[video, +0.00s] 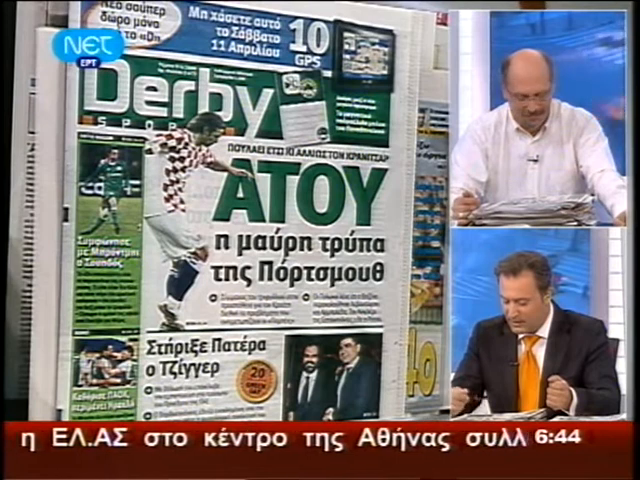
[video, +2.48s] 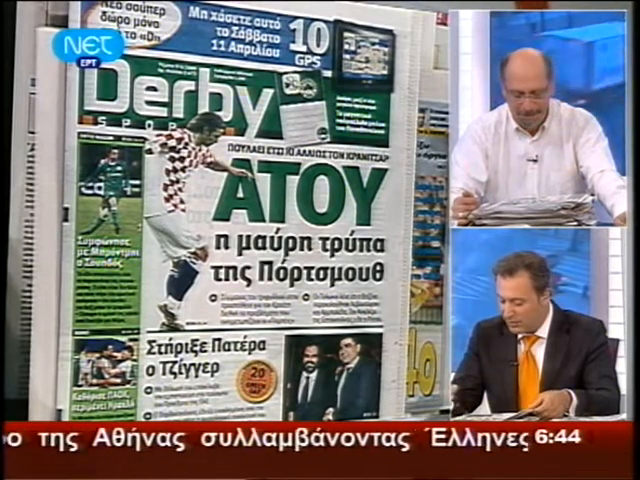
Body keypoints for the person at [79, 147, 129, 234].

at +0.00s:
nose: (115, 156)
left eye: (116, 154)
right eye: (113, 154)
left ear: (118, 155)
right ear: (109, 154)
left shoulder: (122, 165)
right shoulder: (104, 165)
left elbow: (126, 176)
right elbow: (95, 174)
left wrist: (127, 186)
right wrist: (85, 182)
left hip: (118, 190)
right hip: (108, 189)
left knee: (105, 213)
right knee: (113, 205)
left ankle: (91, 230)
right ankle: (116, 225)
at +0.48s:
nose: (115, 156)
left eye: (116, 154)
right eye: (113, 154)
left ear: (118, 155)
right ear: (109, 154)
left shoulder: (122, 165)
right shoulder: (104, 165)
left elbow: (126, 176)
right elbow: (95, 174)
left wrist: (127, 186)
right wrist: (85, 182)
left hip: (118, 190)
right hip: (108, 189)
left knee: (105, 213)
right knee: (113, 205)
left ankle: (91, 230)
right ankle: (116, 225)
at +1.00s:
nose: (115, 156)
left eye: (116, 154)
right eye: (113, 154)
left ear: (118, 155)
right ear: (109, 154)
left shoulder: (122, 165)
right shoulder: (104, 165)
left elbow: (126, 176)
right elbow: (95, 174)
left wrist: (127, 186)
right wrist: (85, 182)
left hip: (118, 190)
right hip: (108, 189)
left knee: (105, 213)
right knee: (113, 205)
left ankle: (91, 230)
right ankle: (116, 225)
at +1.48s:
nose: (115, 156)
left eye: (116, 154)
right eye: (113, 154)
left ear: (118, 155)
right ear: (109, 155)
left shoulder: (122, 165)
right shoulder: (104, 165)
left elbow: (126, 176)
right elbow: (95, 174)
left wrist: (128, 187)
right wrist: (85, 182)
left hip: (118, 190)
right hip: (108, 189)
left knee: (105, 213)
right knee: (113, 205)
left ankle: (91, 230)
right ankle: (116, 226)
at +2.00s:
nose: (115, 156)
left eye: (116, 154)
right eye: (113, 154)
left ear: (118, 155)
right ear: (109, 155)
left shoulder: (122, 165)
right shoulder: (104, 165)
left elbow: (126, 177)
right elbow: (95, 174)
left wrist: (127, 186)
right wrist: (85, 182)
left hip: (118, 190)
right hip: (108, 189)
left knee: (105, 213)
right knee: (113, 205)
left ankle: (91, 230)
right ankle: (116, 226)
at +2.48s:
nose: (115, 156)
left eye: (116, 154)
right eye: (113, 154)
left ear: (118, 155)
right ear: (109, 154)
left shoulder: (122, 165)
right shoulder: (104, 165)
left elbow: (126, 177)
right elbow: (95, 175)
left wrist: (128, 187)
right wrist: (85, 182)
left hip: (118, 190)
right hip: (108, 189)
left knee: (105, 213)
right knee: (113, 205)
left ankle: (91, 230)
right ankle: (116, 226)